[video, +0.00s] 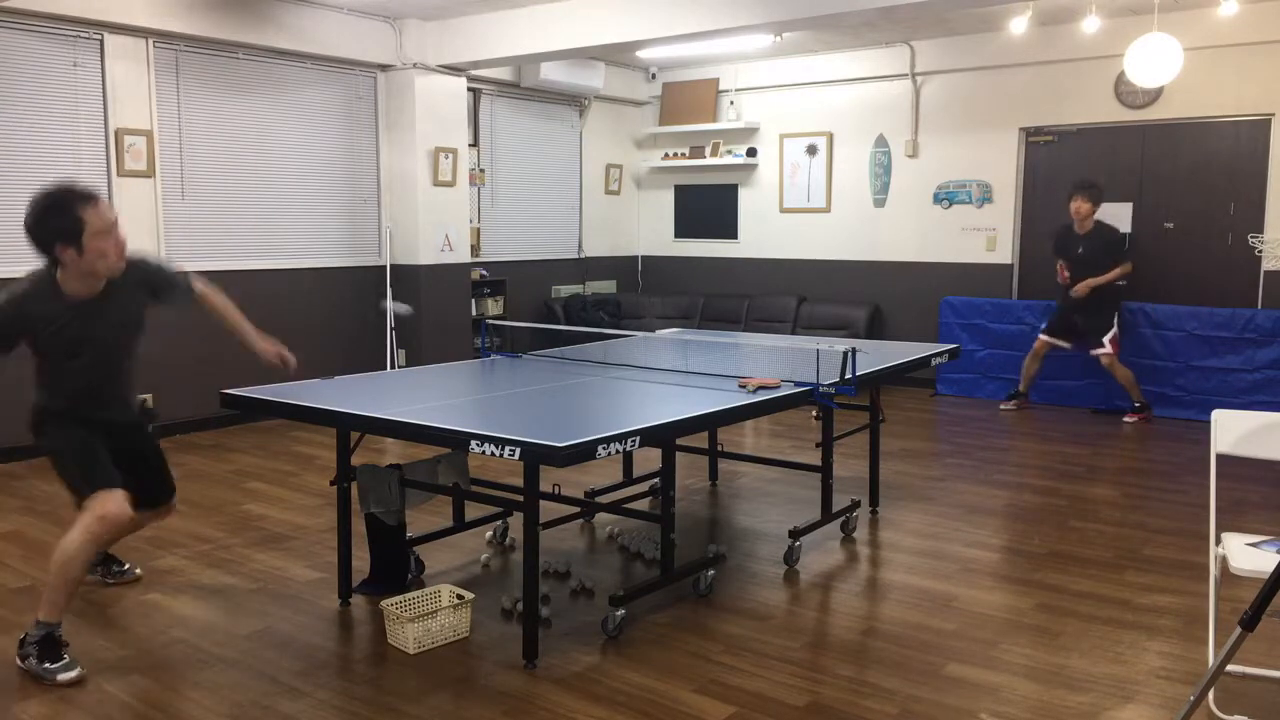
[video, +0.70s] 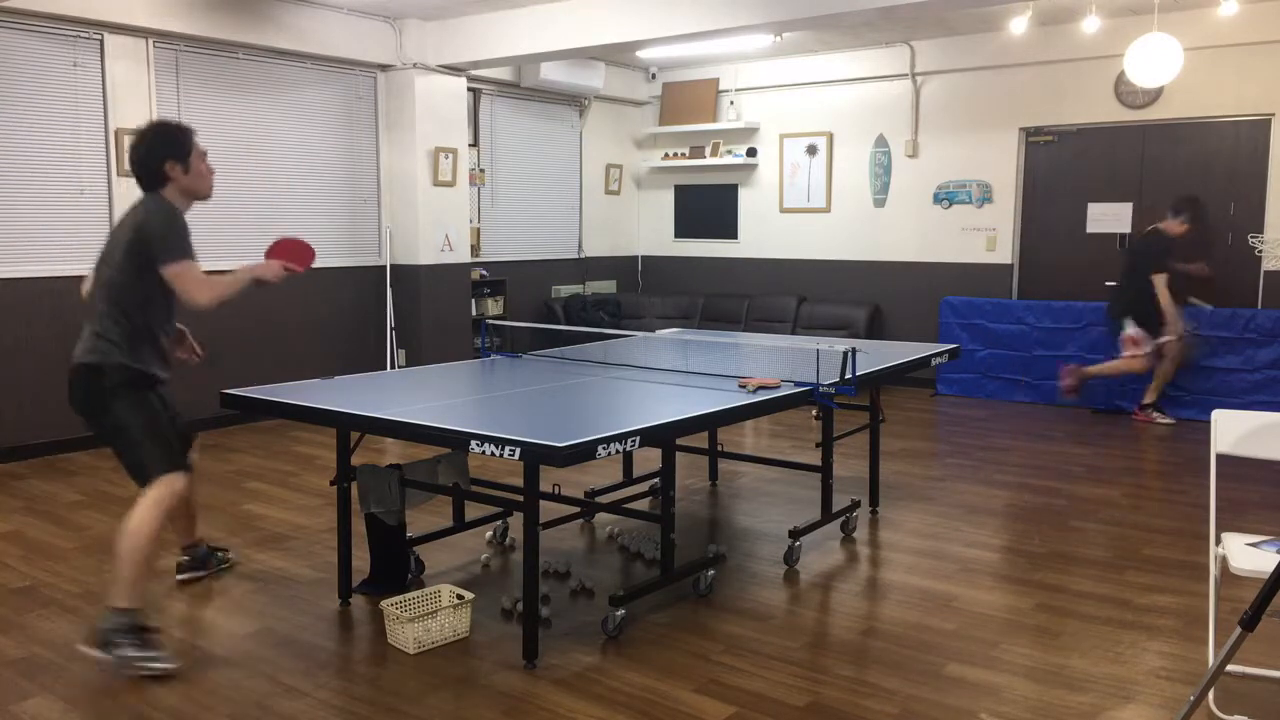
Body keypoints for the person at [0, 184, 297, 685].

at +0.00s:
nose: (121, 240)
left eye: (117, 228)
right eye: (107, 235)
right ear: (67, 253)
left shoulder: (136, 276)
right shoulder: (27, 305)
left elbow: (202, 292)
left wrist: (257, 340)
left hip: (121, 416)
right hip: (63, 420)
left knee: (158, 503)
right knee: (108, 508)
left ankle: (92, 550)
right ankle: (42, 636)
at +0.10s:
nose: (122, 186)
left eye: (119, 173)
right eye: (107, 183)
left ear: (122, 171)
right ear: (76, 201)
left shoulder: (132, 218)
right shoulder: (77, 270)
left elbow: (141, 265)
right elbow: (58, 362)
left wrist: (178, 281)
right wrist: (17, 408)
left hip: (133, 391)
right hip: (93, 402)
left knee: (171, 467)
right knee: (147, 509)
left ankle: (122, 548)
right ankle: (37, 624)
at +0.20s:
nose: (149, 166)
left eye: (143, 155)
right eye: (132, 161)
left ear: (102, 187)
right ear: (101, 184)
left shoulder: (92, 227)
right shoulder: (124, 237)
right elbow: (210, 272)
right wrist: (286, 214)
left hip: (108, 384)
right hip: (118, 393)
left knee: (190, 427)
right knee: (193, 504)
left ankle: (169, 533)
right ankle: (91, 598)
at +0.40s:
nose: (190, 205)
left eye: (183, 197)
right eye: (181, 200)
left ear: (127, 223)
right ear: (165, 219)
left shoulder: (106, 274)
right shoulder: (192, 259)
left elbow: (101, 355)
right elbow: (262, 262)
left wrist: (193, 350)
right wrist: (210, 224)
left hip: (117, 435)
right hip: (175, 429)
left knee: (181, 469)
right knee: (250, 529)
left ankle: (190, 557)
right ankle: (233, 650)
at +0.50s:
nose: (201, 205)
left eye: (196, 196)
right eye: (192, 199)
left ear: (145, 219)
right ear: (170, 215)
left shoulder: (112, 267)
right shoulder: (196, 254)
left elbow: (95, 348)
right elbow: (275, 304)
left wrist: (183, 355)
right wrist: (273, 272)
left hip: (112, 414)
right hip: (165, 410)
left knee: (176, 475)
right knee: (217, 513)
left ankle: (188, 556)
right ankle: (225, 645)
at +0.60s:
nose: (210, 187)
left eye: (205, 179)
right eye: (201, 181)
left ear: (163, 197)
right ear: (176, 195)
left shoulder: (132, 242)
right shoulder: (186, 239)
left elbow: (100, 321)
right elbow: (247, 306)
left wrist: (178, 344)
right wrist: (277, 282)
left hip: (103, 387)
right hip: (137, 387)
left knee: (190, 451)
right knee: (189, 495)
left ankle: (190, 548)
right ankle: (196, 636)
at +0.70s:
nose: (211, 165)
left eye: (206, 156)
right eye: (201, 158)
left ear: (165, 172)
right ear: (174, 170)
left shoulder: (137, 217)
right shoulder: (160, 217)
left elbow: (94, 288)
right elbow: (202, 292)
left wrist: (163, 331)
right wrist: (254, 271)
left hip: (125, 367)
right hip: (110, 371)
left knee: (180, 461)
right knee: (167, 481)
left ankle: (192, 551)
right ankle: (118, 623)